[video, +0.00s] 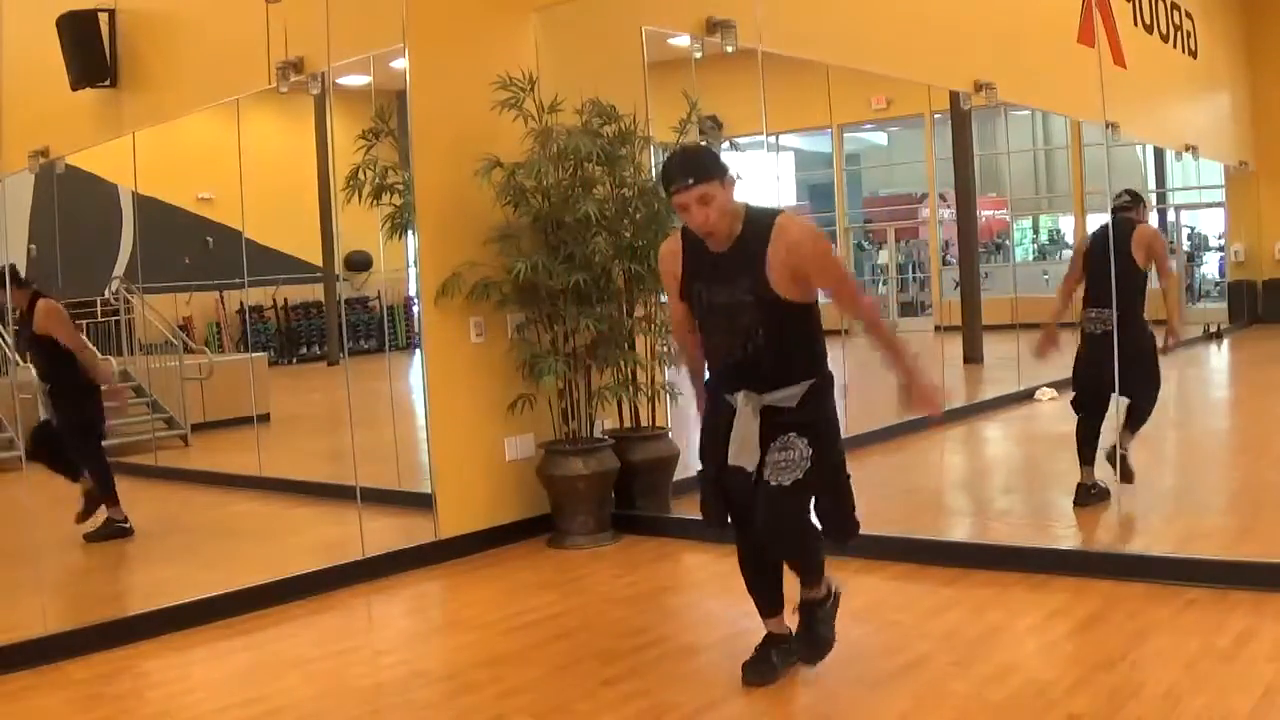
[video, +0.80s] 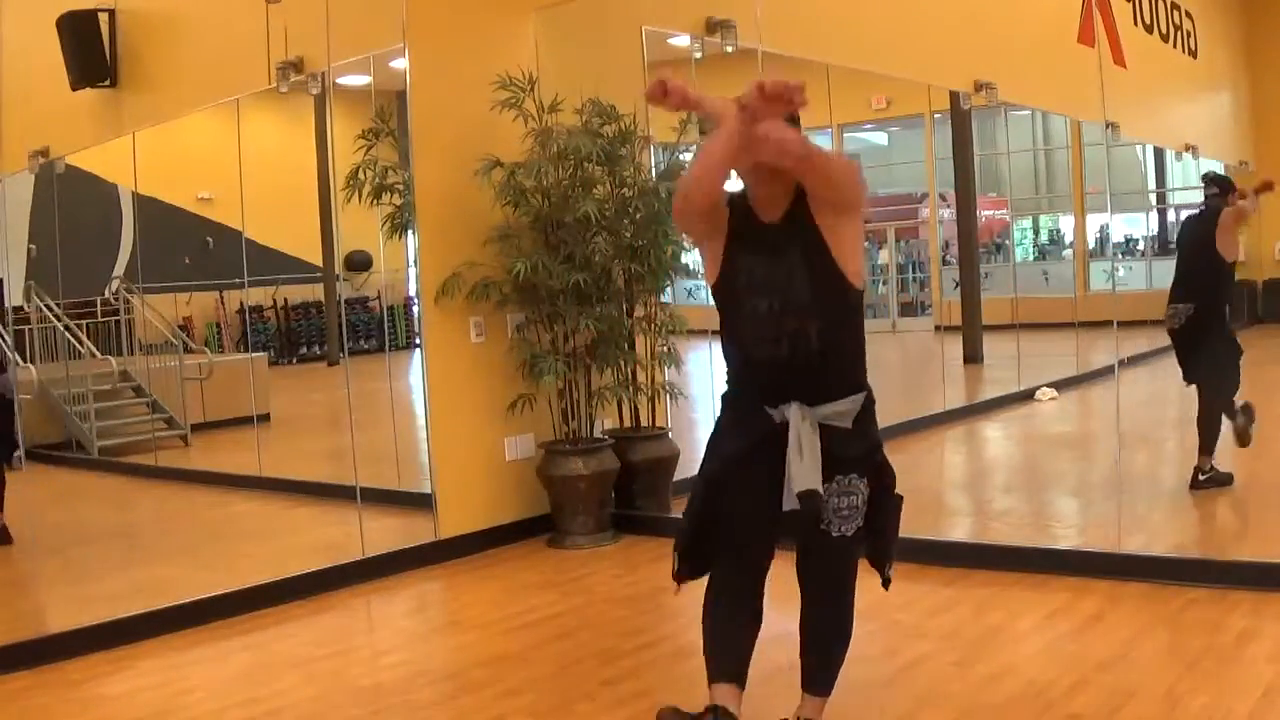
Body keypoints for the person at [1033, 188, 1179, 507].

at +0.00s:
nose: (1146, 218)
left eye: (1145, 214)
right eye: (1146, 213)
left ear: (1114, 211)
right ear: (1140, 211)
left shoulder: (1089, 241)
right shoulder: (1147, 234)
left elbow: (1068, 285)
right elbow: (1167, 279)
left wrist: (1051, 324)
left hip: (1092, 337)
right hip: (1131, 334)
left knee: (1090, 407)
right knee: (1146, 390)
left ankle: (1087, 482)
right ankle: (1122, 444)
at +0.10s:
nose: (1163, 218)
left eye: (1161, 213)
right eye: (1161, 213)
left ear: (1129, 213)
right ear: (1153, 212)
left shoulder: (1105, 235)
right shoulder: (1154, 230)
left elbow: (1067, 251)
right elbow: (1167, 244)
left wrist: (1035, 267)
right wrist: (1171, 239)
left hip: (1099, 336)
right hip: (1136, 336)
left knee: (1094, 405)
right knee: (1160, 394)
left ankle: (1087, 482)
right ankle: (1151, 464)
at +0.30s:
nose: (1204, 236)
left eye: (1203, 229)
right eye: (1200, 227)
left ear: (1162, 218)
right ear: (1184, 219)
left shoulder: (1133, 242)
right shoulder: (1182, 247)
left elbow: (1094, 244)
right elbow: (1193, 217)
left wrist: (1049, 251)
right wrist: (1184, 205)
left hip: (1125, 344)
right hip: (1161, 344)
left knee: (1107, 409)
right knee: (1183, 407)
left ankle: (1090, 478)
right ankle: (1200, 468)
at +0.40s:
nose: (1207, 223)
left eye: (1207, 218)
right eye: (1206, 217)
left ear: (1177, 212)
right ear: (1198, 215)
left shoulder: (1145, 243)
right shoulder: (1200, 242)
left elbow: (1108, 273)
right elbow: (1227, 265)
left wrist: (1076, 302)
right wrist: (1240, 297)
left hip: (1136, 341)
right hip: (1174, 340)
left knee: (1127, 405)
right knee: (1195, 402)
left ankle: (1099, 465)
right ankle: (1203, 469)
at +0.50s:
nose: (1216, 217)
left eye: (1216, 212)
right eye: (1215, 211)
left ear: (1187, 208)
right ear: (1207, 210)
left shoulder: (1158, 239)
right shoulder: (1212, 239)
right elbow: (1241, 285)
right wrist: (1261, 331)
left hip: (1150, 335)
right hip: (1183, 335)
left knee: (1158, 399)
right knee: (1205, 396)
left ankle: (1121, 449)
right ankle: (1204, 469)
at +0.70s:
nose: (1232, 205)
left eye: (1230, 200)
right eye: (1231, 200)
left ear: (1202, 199)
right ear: (1224, 199)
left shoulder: (1183, 227)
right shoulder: (1225, 222)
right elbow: (1250, 228)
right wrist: (1266, 221)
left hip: (1167, 320)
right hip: (1196, 320)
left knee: (1194, 384)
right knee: (1219, 382)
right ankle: (1205, 468)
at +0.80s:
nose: (1237, 201)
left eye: (1236, 198)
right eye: (1237, 197)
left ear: (1207, 196)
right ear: (1230, 196)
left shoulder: (1189, 222)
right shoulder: (1227, 216)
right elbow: (1246, 209)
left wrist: (1247, 191)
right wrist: (1254, 194)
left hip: (1177, 316)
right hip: (1206, 317)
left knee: (1210, 375)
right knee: (1212, 389)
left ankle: (1237, 417)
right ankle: (1204, 468)